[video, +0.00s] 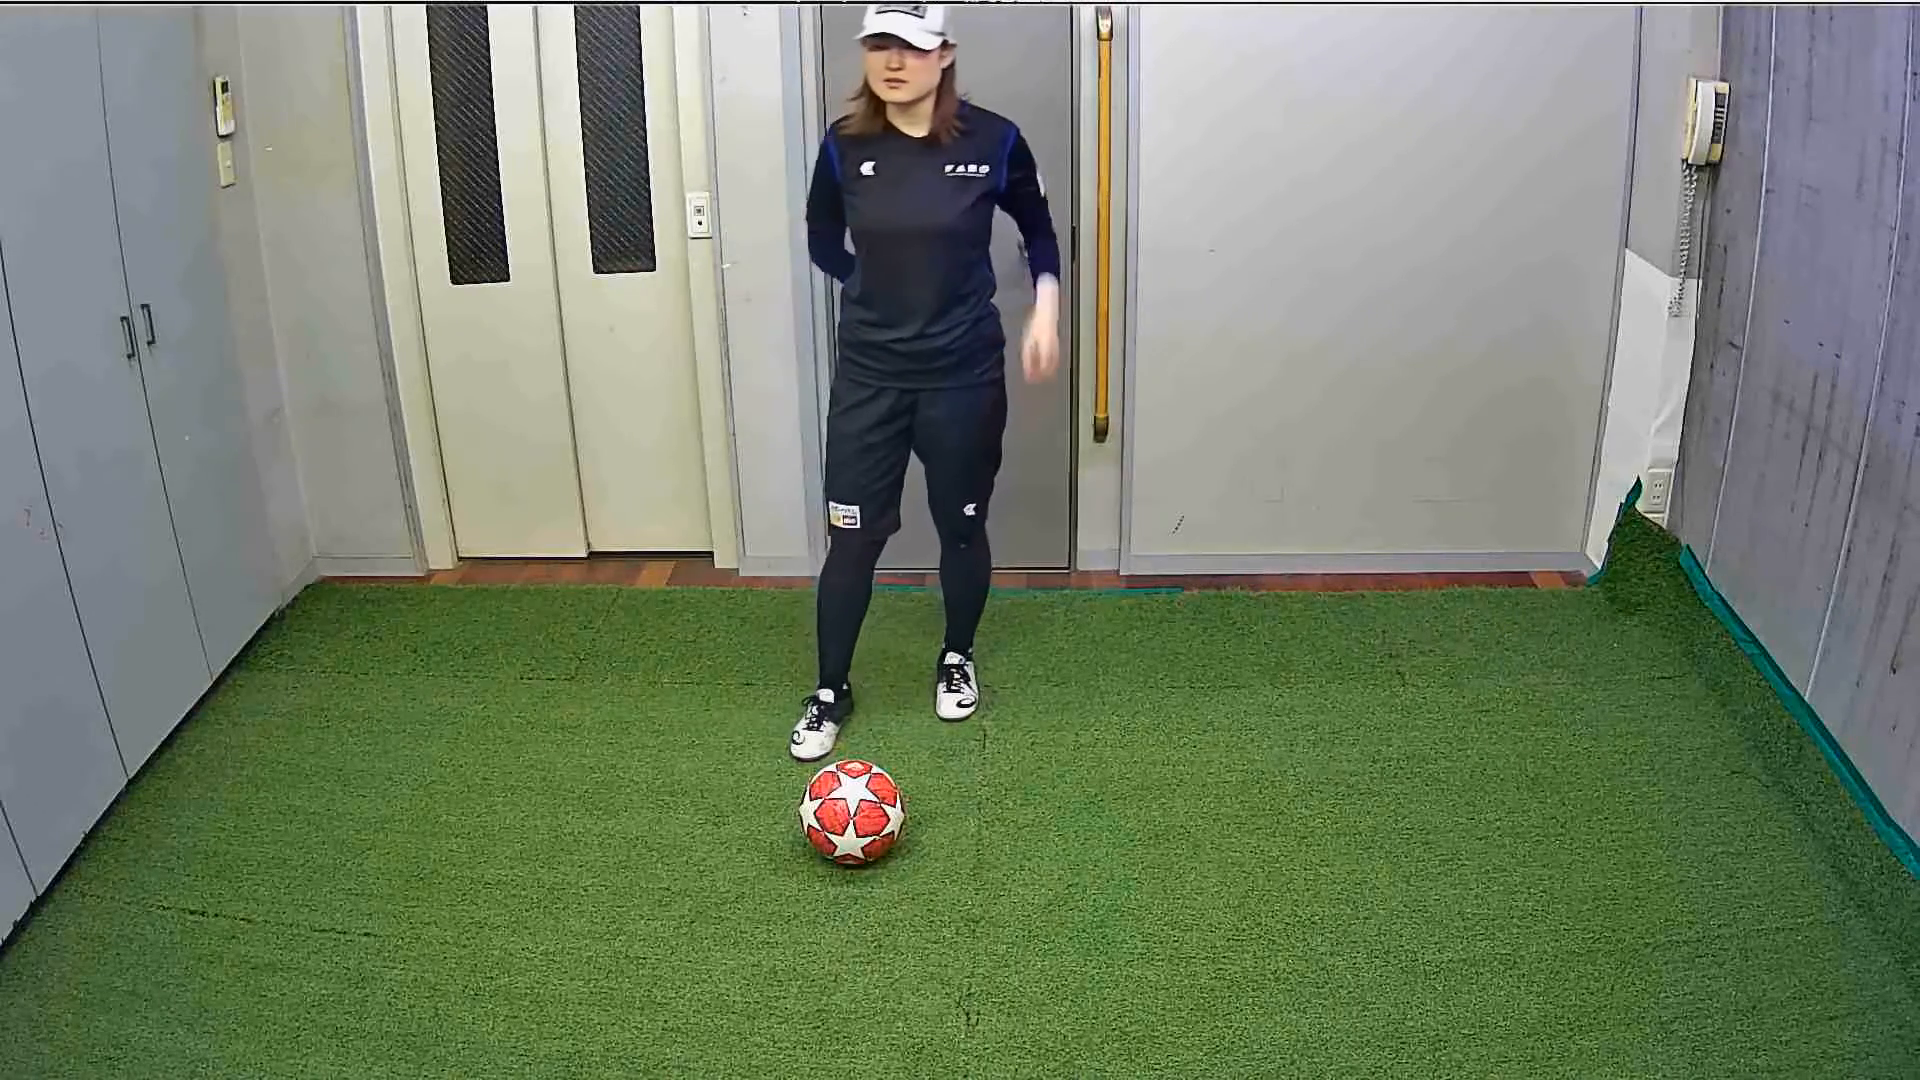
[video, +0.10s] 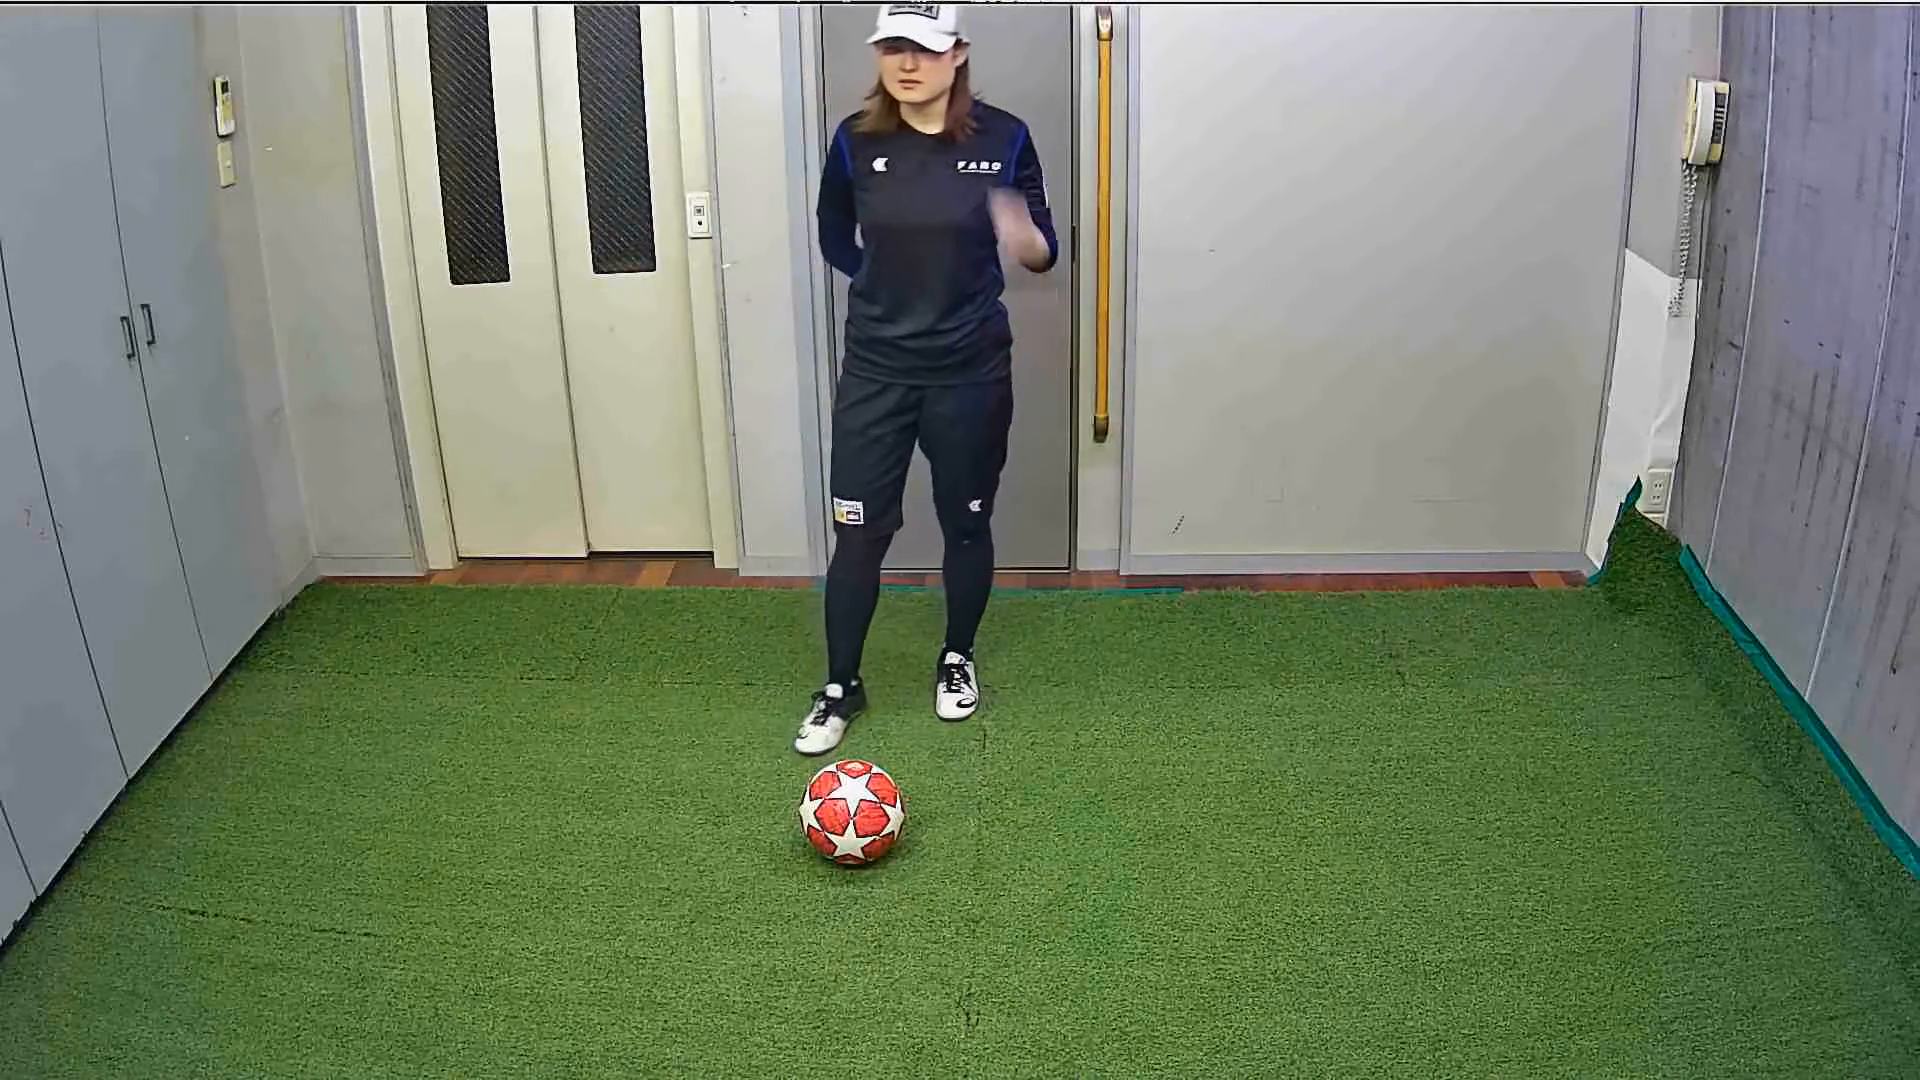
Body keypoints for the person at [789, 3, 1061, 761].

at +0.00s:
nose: (890, 60)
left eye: (907, 47)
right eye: (878, 47)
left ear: (943, 56)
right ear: (863, 59)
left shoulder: (994, 142)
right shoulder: (845, 144)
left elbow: (1037, 226)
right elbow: (822, 240)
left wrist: (1045, 314)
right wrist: (872, 280)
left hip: (962, 366)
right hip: (868, 367)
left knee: (961, 522)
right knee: (851, 527)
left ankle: (956, 661)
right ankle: (830, 692)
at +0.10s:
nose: (909, 62)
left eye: (925, 49)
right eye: (896, 48)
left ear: (957, 57)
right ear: (878, 59)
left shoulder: (1004, 138)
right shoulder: (855, 140)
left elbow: (1042, 257)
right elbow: (834, 238)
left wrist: (1024, 240)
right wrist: (886, 278)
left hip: (969, 363)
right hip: (875, 363)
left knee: (966, 522)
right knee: (856, 524)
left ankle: (957, 660)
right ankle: (840, 687)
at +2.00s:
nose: (883, 70)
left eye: (900, 56)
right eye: (870, 55)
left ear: (936, 57)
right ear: (856, 61)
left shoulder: (987, 138)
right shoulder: (835, 140)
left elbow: (1006, 257)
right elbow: (814, 241)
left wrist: (1010, 370)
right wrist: (789, 348)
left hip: (954, 367)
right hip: (859, 367)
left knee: (953, 528)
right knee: (867, 526)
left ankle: (956, 659)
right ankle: (887, 655)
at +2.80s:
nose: (878, 143)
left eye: (896, 127)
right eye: (864, 128)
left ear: (934, 108)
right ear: (844, 113)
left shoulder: (995, 181)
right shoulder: (832, 178)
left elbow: (1031, 310)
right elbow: (823, 273)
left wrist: (1065, 433)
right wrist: (785, 369)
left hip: (972, 428)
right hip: (869, 430)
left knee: (979, 622)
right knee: (901, 632)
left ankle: (1003, 760)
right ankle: (948, 769)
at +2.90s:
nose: (870, 140)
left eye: (888, 123)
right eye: (856, 123)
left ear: (929, 108)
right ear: (839, 112)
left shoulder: (990, 189)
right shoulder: (830, 180)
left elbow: (1031, 323)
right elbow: (828, 273)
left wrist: (1051, 444)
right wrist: (803, 362)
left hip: (957, 435)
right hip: (855, 431)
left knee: (968, 623)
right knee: (869, 623)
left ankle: (1001, 759)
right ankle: (877, 813)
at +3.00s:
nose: (846, 127)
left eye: (864, 112)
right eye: (830, 111)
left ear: (903, 106)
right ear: (810, 108)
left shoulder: (963, 184)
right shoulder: (800, 187)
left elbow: (1009, 306)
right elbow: (799, 288)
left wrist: (1011, 420)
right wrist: (782, 391)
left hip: (939, 442)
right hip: (832, 442)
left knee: (960, 626)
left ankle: (997, 758)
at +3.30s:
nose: (750, 120)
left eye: (770, 103)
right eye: (733, 103)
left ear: (811, 103)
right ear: (714, 108)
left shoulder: (870, 186)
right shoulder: (704, 201)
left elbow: (915, 300)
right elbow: (694, 312)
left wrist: (942, 427)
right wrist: (666, 436)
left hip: (846, 446)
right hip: (742, 447)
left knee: (839, 644)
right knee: (738, 626)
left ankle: (930, 722)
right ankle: (741, 770)